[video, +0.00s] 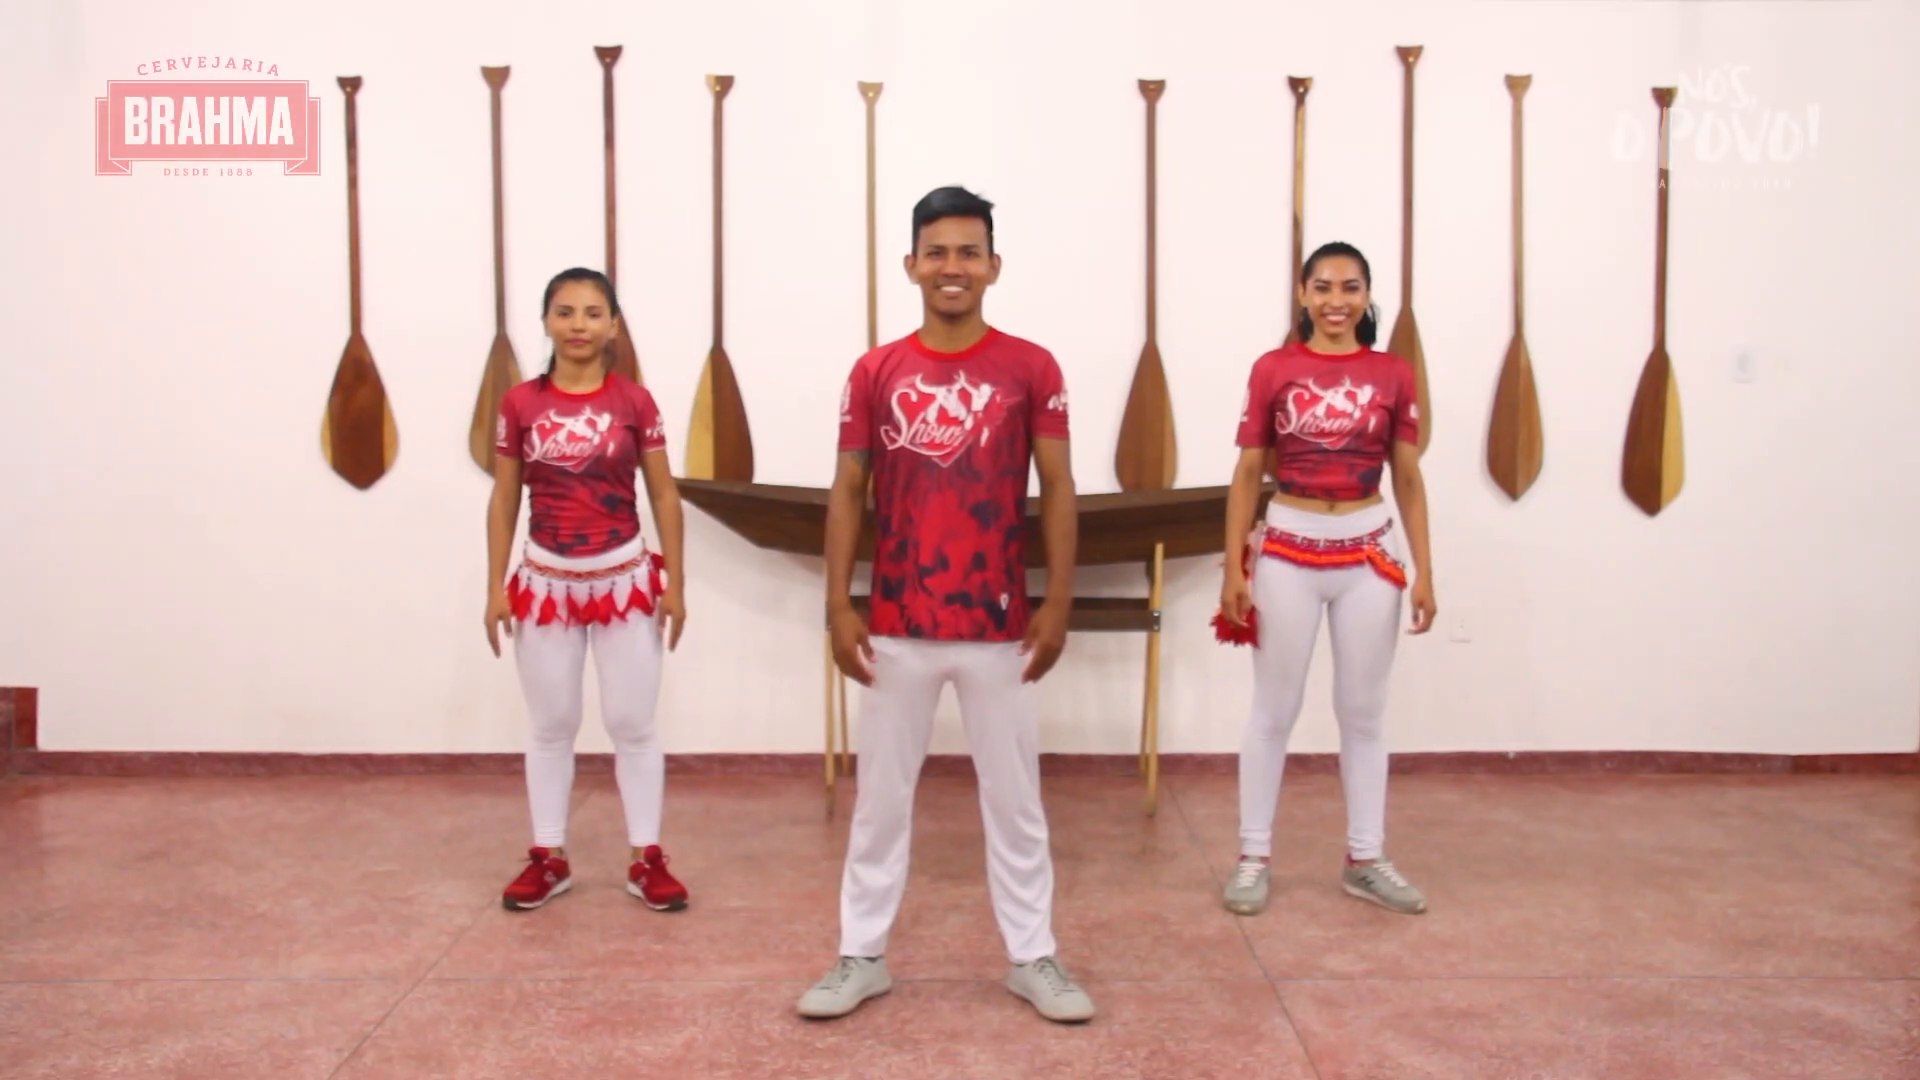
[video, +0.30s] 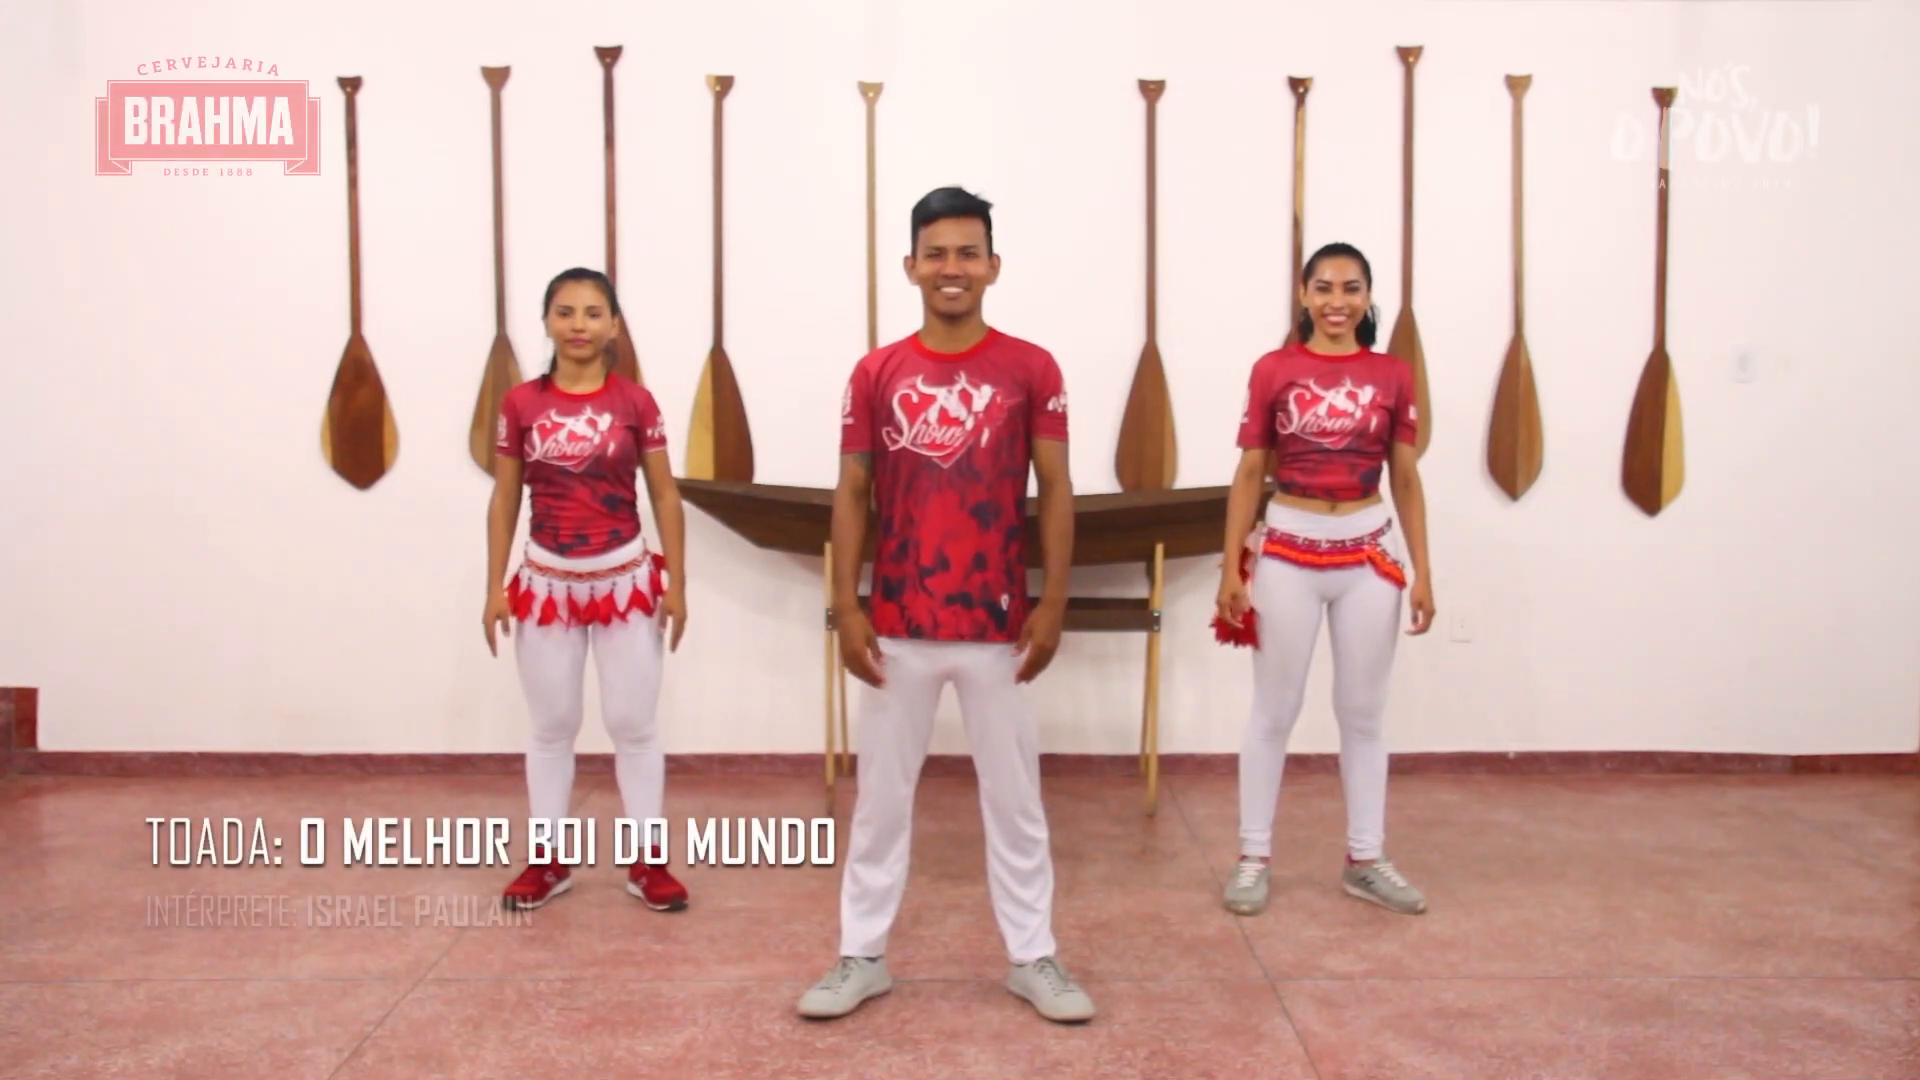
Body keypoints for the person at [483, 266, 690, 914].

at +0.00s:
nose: (579, 323)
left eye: (593, 312)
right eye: (565, 312)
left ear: (613, 324)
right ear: (547, 323)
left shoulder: (633, 399)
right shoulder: (522, 403)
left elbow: (664, 491)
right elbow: (504, 498)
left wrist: (675, 580)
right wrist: (496, 585)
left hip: (625, 579)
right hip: (545, 581)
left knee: (634, 726)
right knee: (551, 726)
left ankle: (648, 858)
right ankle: (548, 856)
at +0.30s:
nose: (579, 323)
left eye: (593, 312)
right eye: (566, 312)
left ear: (613, 324)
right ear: (548, 323)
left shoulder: (634, 400)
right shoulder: (522, 404)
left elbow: (665, 493)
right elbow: (505, 498)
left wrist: (676, 580)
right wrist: (496, 585)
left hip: (626, 579)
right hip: (545, 581)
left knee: (634, 727)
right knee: (551, 728)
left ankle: (648, 861)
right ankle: (547, 858)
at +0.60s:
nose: (580, 322)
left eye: (594, 312)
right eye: (567, 311)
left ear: (614, 324)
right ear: (549, 323)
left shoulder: (635, 401)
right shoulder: (523, 404)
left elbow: (665, 494)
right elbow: (507, 498)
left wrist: (675, 582)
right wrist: (497, 586)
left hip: (627, 579)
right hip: (546, 582)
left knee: (635, 728)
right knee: (551, 728)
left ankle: (648, 862)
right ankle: (548, 858)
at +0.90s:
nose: (579, 322)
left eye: (594, 312)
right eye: (566, 311)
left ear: (614, 326)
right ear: (548, 323)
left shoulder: (634, 401)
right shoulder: (523, 404)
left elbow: (664, 494)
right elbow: (507, 497)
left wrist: (672, 583)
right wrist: (497, 585)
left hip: (626, 580)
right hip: (545, 583)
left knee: (635, 728)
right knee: (551, 728)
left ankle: (649, 861)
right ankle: (548, 858)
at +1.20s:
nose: (580, 322)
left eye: (594, 312)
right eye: (567, 311)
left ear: (614, 325)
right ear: (548, 323)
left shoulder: (634, 400)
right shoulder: (522, 404)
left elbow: (666, 494)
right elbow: (506, 496)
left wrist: (673, 583)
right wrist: (495, 585)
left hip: (626, 580)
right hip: (544, 582)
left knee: (635, 728)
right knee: (550, 728)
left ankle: (649, 861)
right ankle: (548, 858)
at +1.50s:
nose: (585, 323)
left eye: (599, 312)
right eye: (571, 312)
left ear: (617, 325)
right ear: (552, 323)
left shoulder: (638, 401)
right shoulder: (525, 404)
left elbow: (668, 494)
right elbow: (508, 497)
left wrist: (675, 582)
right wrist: (500, 586)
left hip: (628, 579)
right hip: (546, 581)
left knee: (635, 729)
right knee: (551, 730)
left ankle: (649, 862)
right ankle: (548, 859)